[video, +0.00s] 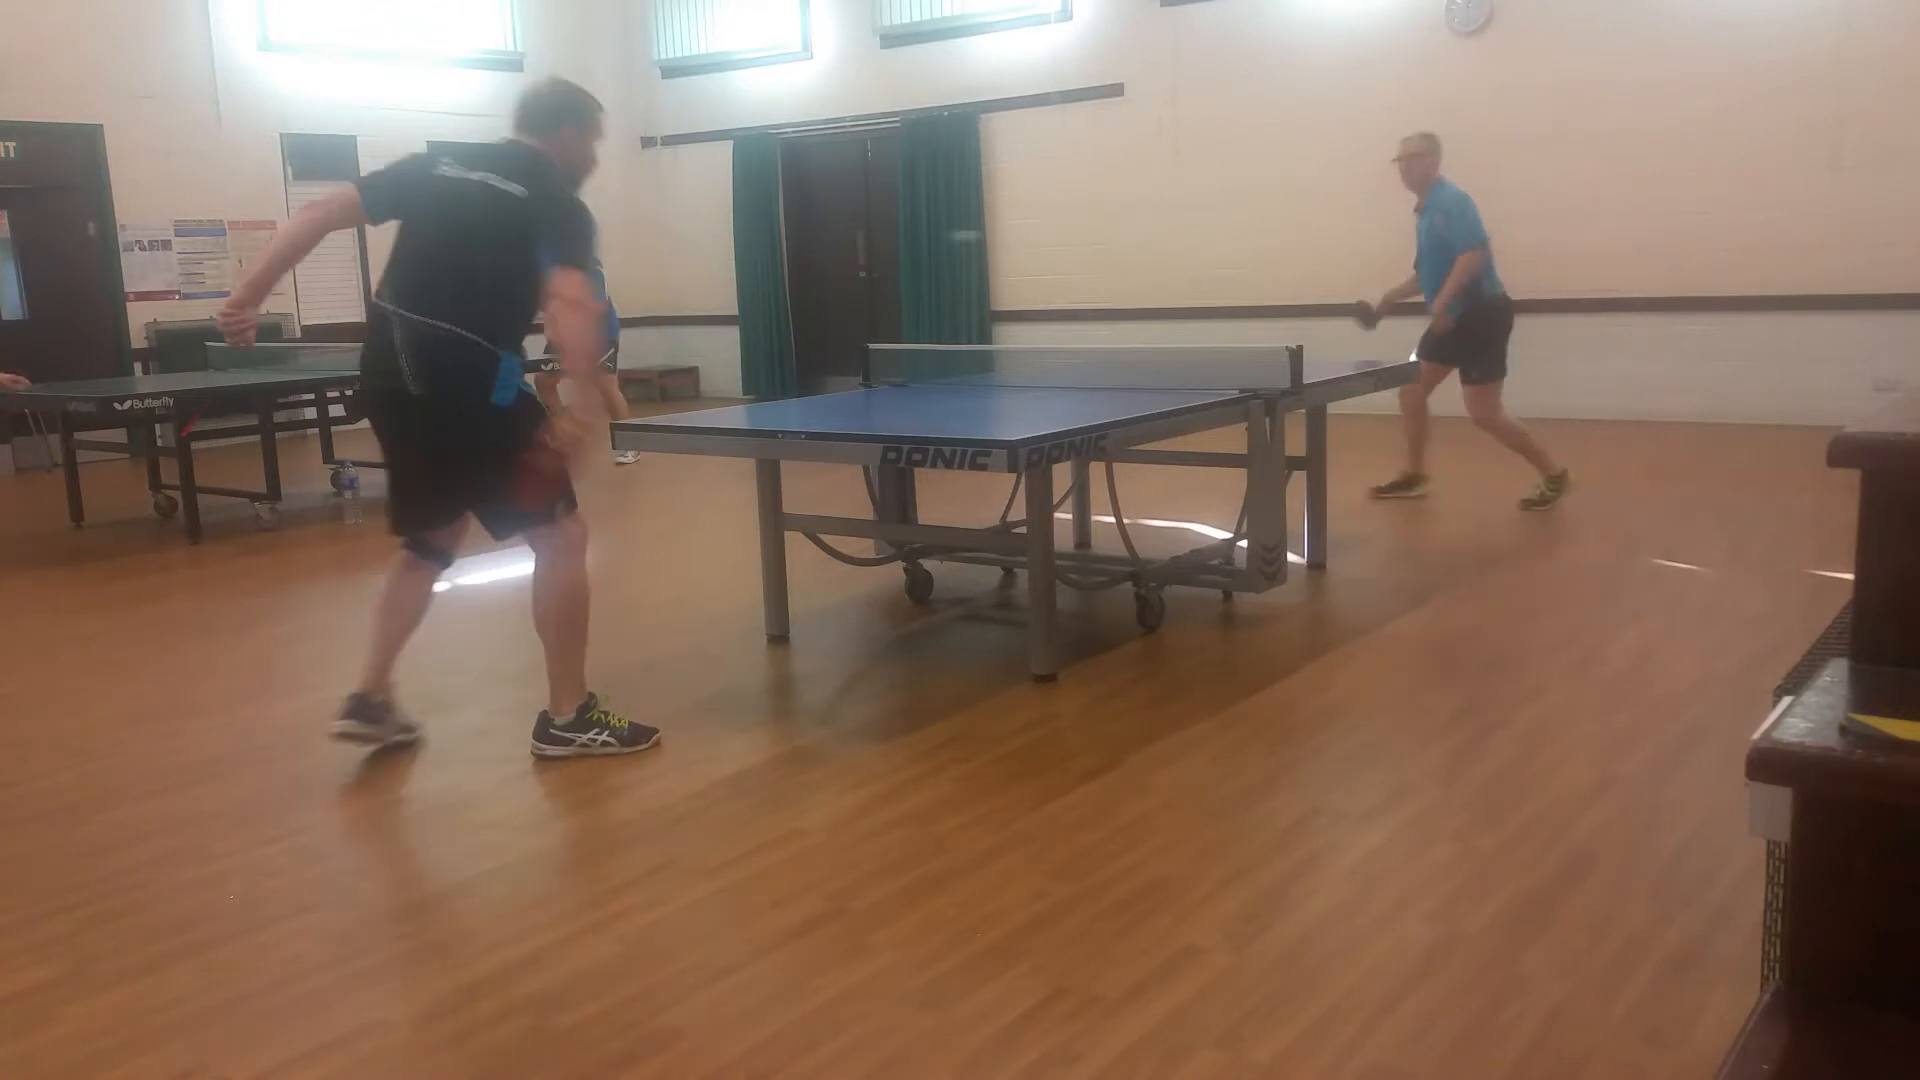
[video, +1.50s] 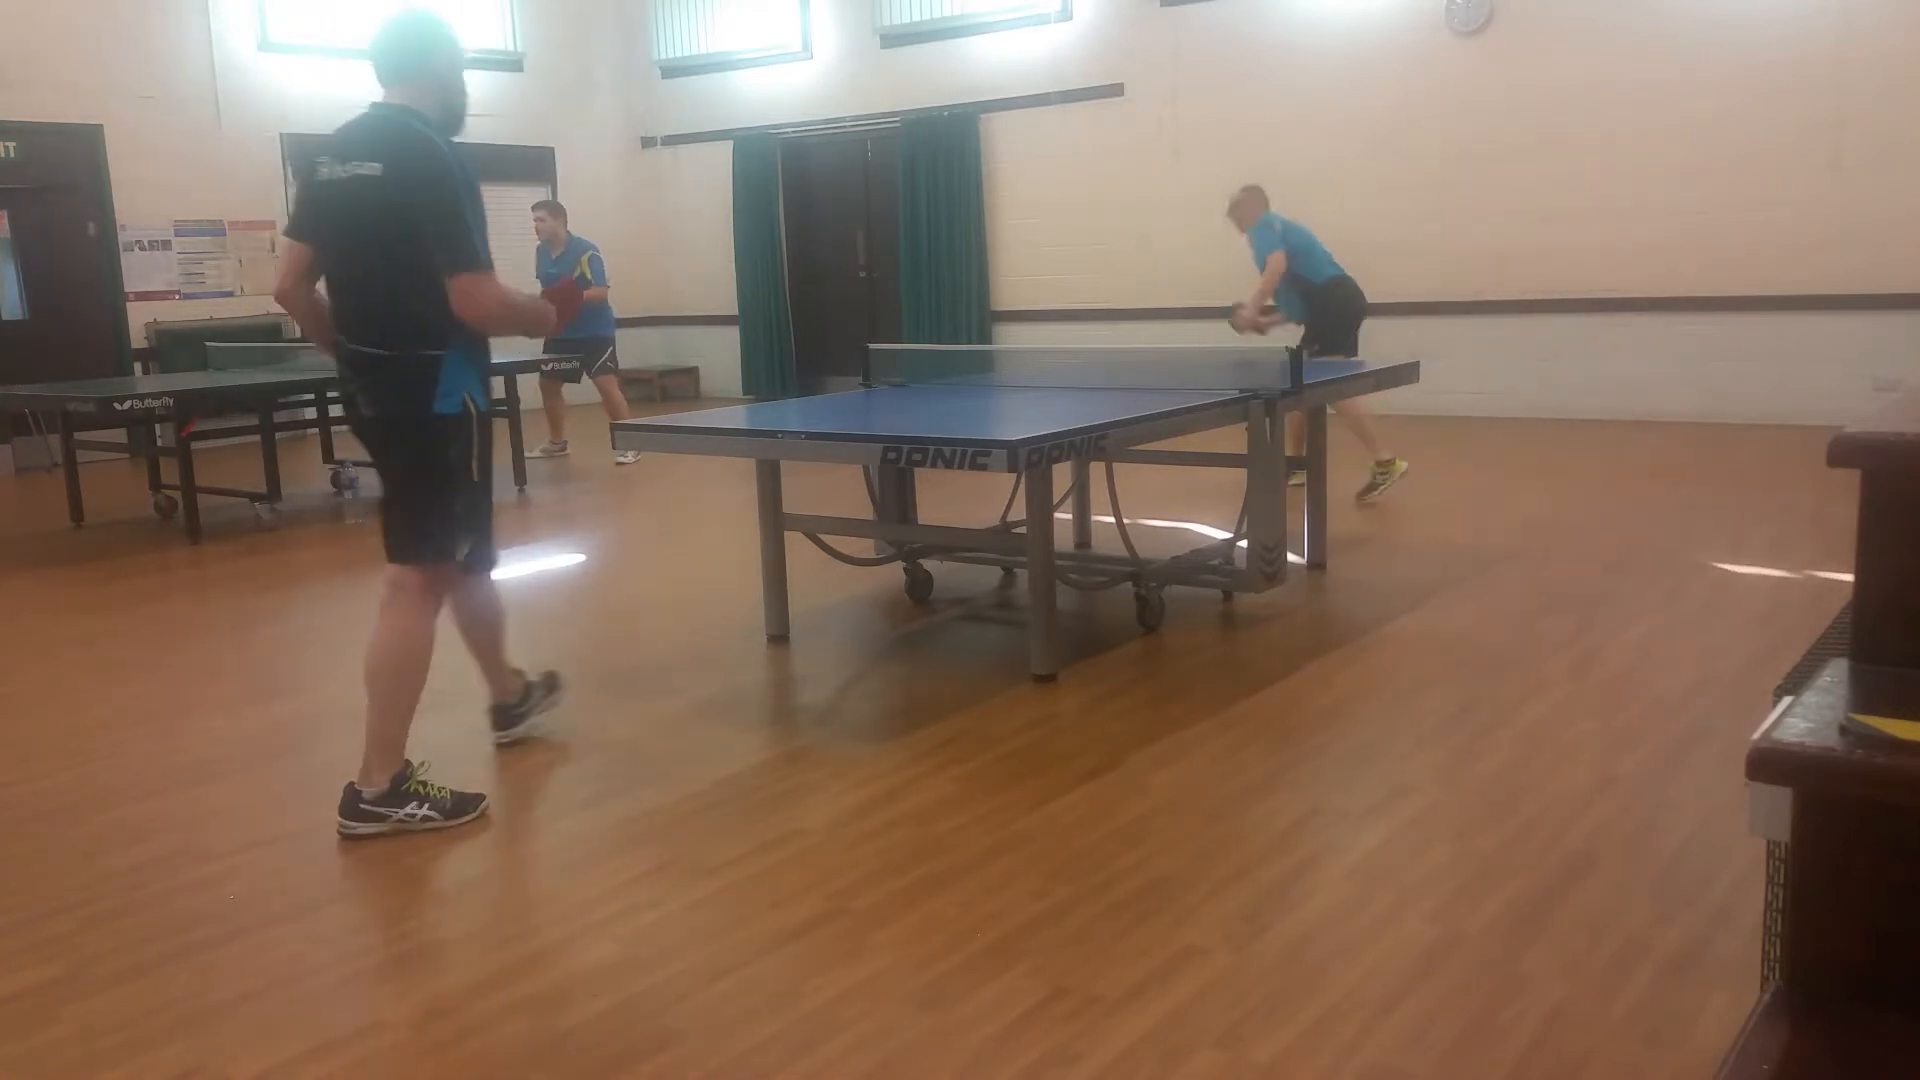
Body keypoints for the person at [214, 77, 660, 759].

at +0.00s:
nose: (595, 159)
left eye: (597, 146)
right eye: (593, 144)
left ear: (523, 128)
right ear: (568, 137)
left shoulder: (442, 162)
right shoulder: (560, 204)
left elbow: (322, 210)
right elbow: (567, 299)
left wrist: (248, 293)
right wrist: (583, 399)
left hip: (390, 382)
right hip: (475, 386)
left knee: (432, 537)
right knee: (561, 535)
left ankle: (371, 696)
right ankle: (569, 712)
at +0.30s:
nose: (455, 107)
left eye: (451, 94)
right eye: (448, 94)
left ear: (374, 97)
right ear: (424, 97)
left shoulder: (315, 175)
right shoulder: (408, 163)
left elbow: (275, 291)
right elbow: (366, 259)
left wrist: (271, 400)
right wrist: (347, 361)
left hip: (332, 401)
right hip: (405, 402)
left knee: (342, 568)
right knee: (500, 544)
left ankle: (291, 758)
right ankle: (559, 713)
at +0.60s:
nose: (352, 66)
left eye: (345, 50)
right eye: (339, 50)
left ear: (269, 61)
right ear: (306, 58)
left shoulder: (233, 144)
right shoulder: (319, 146)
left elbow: (289, 273)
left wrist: (395, 268)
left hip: (271, 394)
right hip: (346, 394)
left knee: (302, 567)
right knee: (435, 546)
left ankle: (285, 763)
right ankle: (434, 759)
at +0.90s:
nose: (337, 59)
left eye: (328, 43)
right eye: (325, 43)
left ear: (252, 59)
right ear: (304, 51)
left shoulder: (224, 148)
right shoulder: (329, 139)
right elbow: (418, 257)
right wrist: (504, 263)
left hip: (290, 385)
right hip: (365, 386)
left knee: (306, 575)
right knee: (374, 582)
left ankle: (289, 762)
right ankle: (376, 786)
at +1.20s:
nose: (393, 73)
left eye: (385, 58)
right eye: (386, 59)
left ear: (307, 62)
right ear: (366, 59)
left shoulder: (270, 143)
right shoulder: (375, 139)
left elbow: (302, 256)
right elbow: (422, 270)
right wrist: (515, 318)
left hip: (328, 384)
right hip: (394, 388)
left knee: (375, 569)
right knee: (397, 583)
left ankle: (337, 737)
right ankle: (380, 788)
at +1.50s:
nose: (466, 88)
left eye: (461, 73)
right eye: (460, 73)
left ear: (386, 73)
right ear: (436, 73)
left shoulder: (332, 153)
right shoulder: (435, 157)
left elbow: (291, 286)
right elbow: (475, 301)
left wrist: (342, 342)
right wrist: (544, 313)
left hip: (381, 392)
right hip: (434, 396)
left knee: (463, 552)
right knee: (414, 580)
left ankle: (507, 695)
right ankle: (378, 785)